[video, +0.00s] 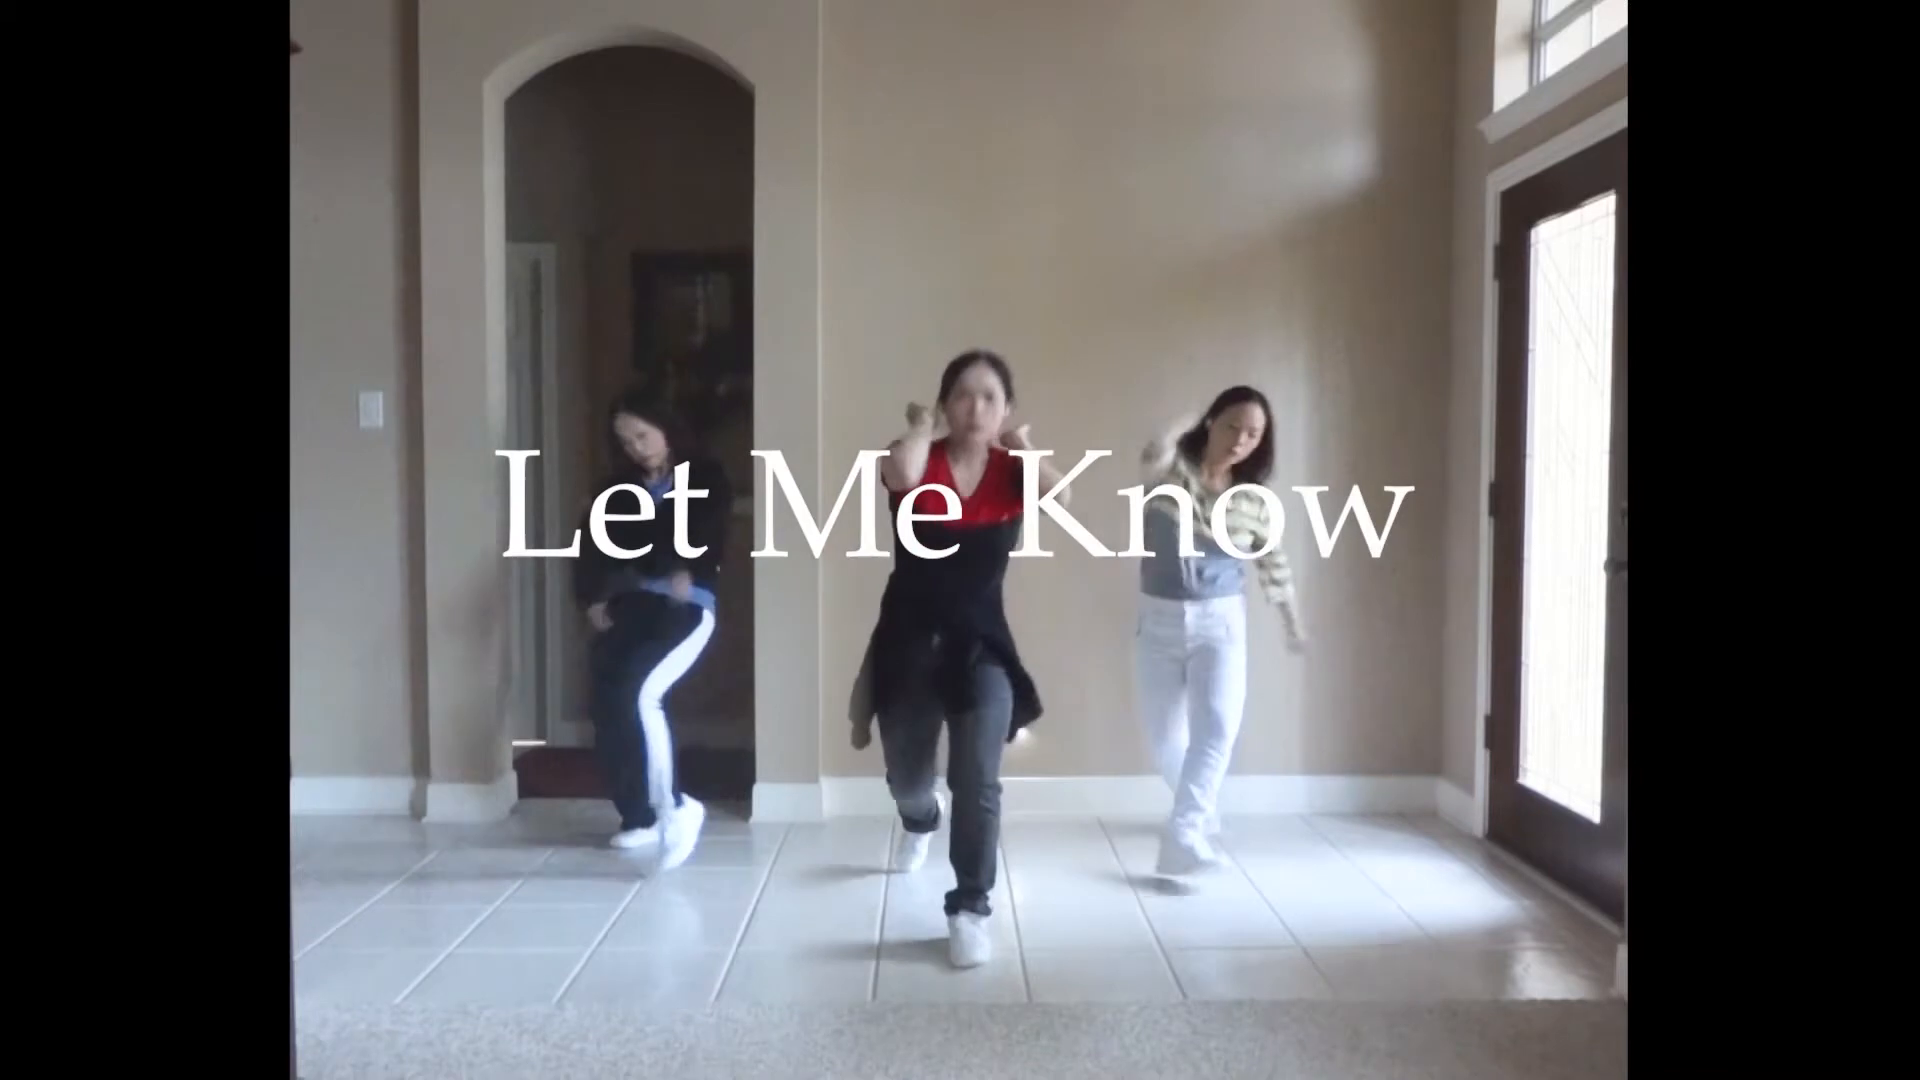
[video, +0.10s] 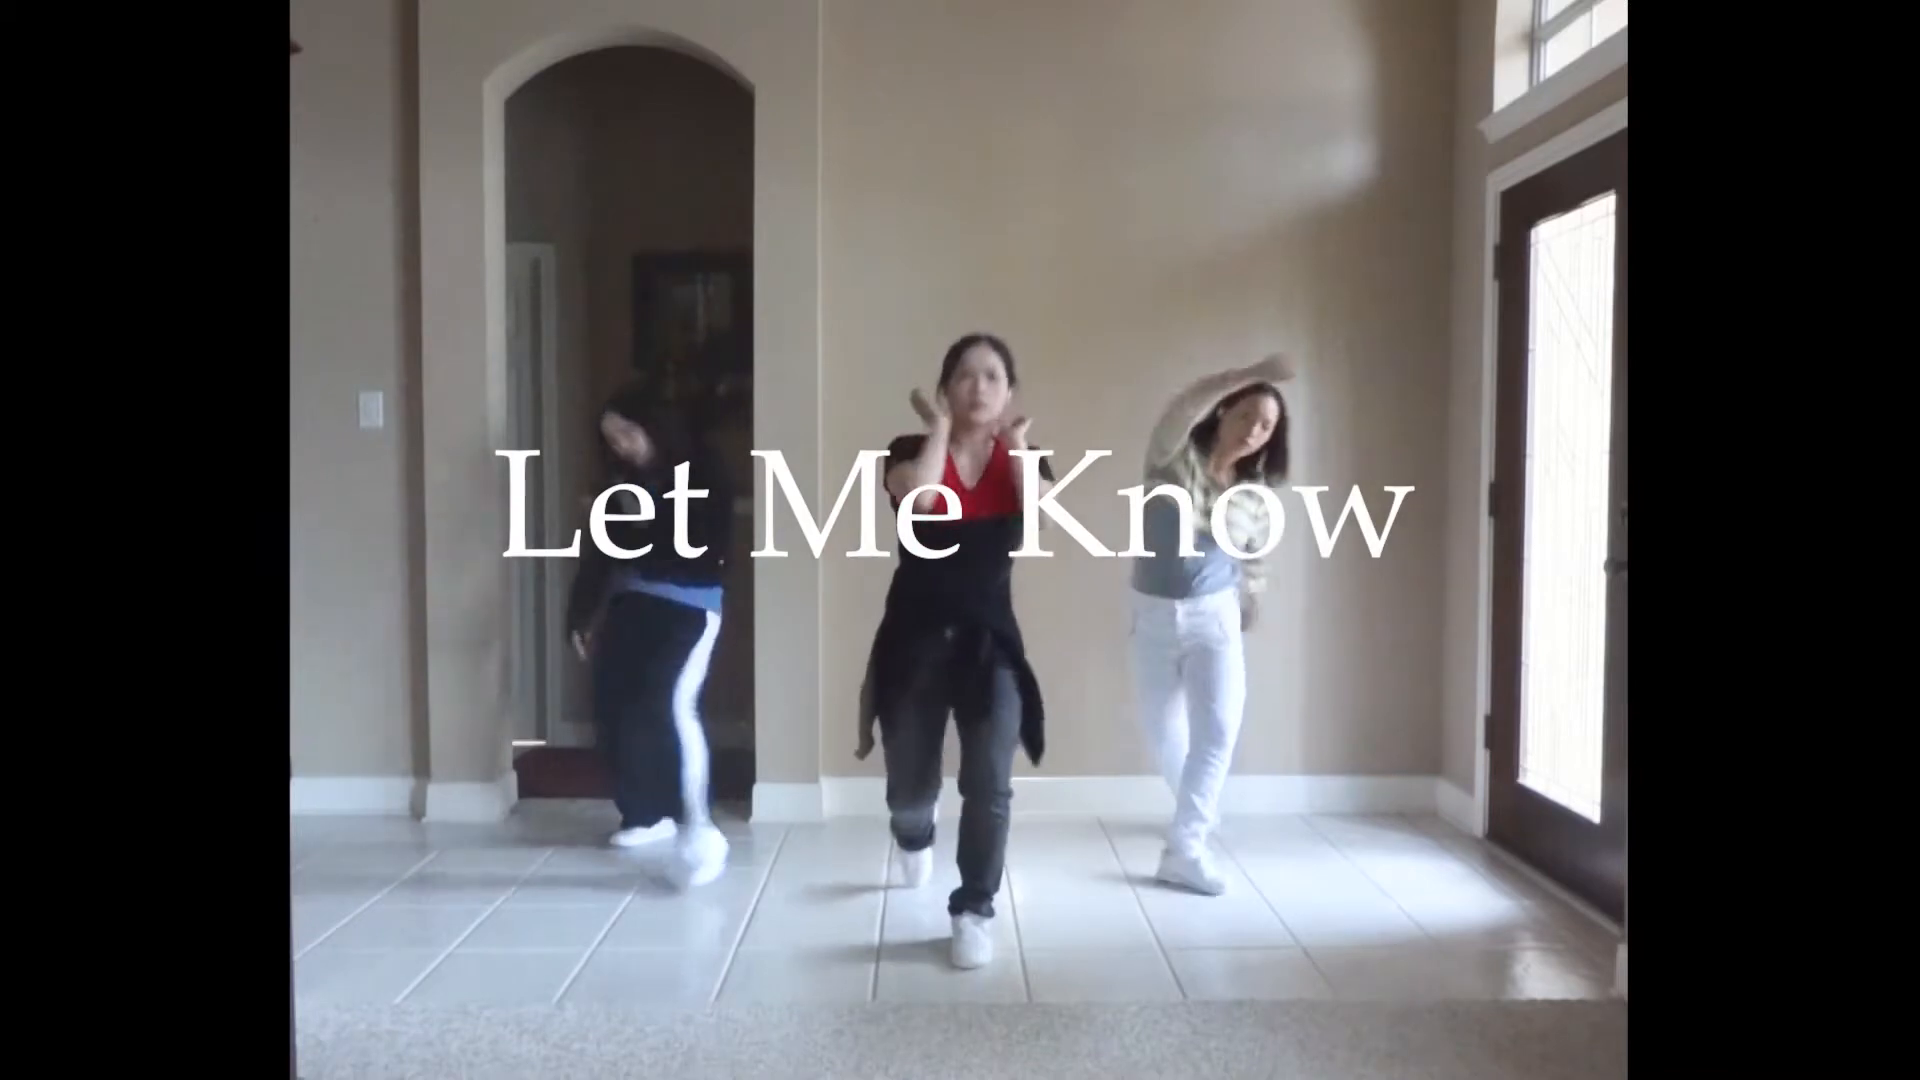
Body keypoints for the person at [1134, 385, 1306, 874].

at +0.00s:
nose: (1241, 439)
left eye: (1252, 434)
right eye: (1234, 427)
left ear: (1259, 443)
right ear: (1211, 423)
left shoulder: (1251, 498)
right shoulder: (1171, 473)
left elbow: (1274, 564)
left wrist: (1291, 621)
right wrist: (1170, 437)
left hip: (1220, 624)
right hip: (1160, 622)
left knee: (1216, 733)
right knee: (1163, 741)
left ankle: (1182, 840)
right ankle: (1202, 812)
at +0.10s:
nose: (1253, 430)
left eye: (1265, 426)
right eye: (1247, 416)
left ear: (1268, 438)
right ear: (1221, 414)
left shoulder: (1250, 490)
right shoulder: (1172, 462)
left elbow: (1252, 552)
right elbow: (1185, 406)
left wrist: (1251, 596)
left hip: (1215, 615)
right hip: (1155, 614)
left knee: (1218, 730)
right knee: (1161, 732)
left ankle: (1185, 847)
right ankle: (1197, 805)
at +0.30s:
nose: (1260, 413)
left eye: (1271, 410)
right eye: (1253, 399)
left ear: (1271, 428)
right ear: (1224, 401)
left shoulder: (1246, 486)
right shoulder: (1179, 453)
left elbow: (1231, 556)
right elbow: (1182, 407)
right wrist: (1210, 365)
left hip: (1226, 615)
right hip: (1163, 612)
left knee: (1237, 736)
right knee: (1155, 734)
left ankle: (1185, 853)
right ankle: (1128, 789)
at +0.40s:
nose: (1256, 409)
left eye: (1266, 407)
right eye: (1248, 396)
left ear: (1265, 425)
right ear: (1219, 398)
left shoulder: (1242, 482)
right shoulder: (1178, 455)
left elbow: (1230, 553)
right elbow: (1174, 416)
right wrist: (1190, 369)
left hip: (1232, 618)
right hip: (1173, 614)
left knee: (1242, 745)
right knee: (1155, 747)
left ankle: (1185, 855)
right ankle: (1101, 803)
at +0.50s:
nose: (1249, 403)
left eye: (1259, 400)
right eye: (1240, 392)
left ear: (1260, 421)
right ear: (1209, 398)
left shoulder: (1236, 478)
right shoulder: (1176, 459)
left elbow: (1229, 557)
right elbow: (1172, 423)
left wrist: (1241, 617)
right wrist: (1188, 381)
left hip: (1235, 624)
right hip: (1180, 619)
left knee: (1240, 750)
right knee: (1173, 756)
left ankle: (1184, 858)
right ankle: (1096, 812)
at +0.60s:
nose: (1240, 399)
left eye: (1249, 395)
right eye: (1230, 388)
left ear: (1251, 417)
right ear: (1202, 398)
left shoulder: (1227, 478)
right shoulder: (1168, 459)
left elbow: (1231, 559)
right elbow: (1186, 433)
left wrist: (1243, 615)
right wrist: (1181, 407)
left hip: (1233, 624)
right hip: (1182, 617)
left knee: (1243, 750)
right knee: (1206, 751)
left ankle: (1185, 857)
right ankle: (1115, 824)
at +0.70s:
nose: (1231, 393)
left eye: (1241, 390)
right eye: (1220, 382)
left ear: (1243, 412)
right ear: (1189, 395)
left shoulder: (1223, 477)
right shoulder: (1163, 455)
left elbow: (1230, 558)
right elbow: (1201, 462)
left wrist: (1242, 613)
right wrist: (1197, 421)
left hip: (1231, 621)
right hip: (1185, 616)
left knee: (1243, 747)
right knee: (1230, 746)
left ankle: (1186, 856)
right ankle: (1142, 832)